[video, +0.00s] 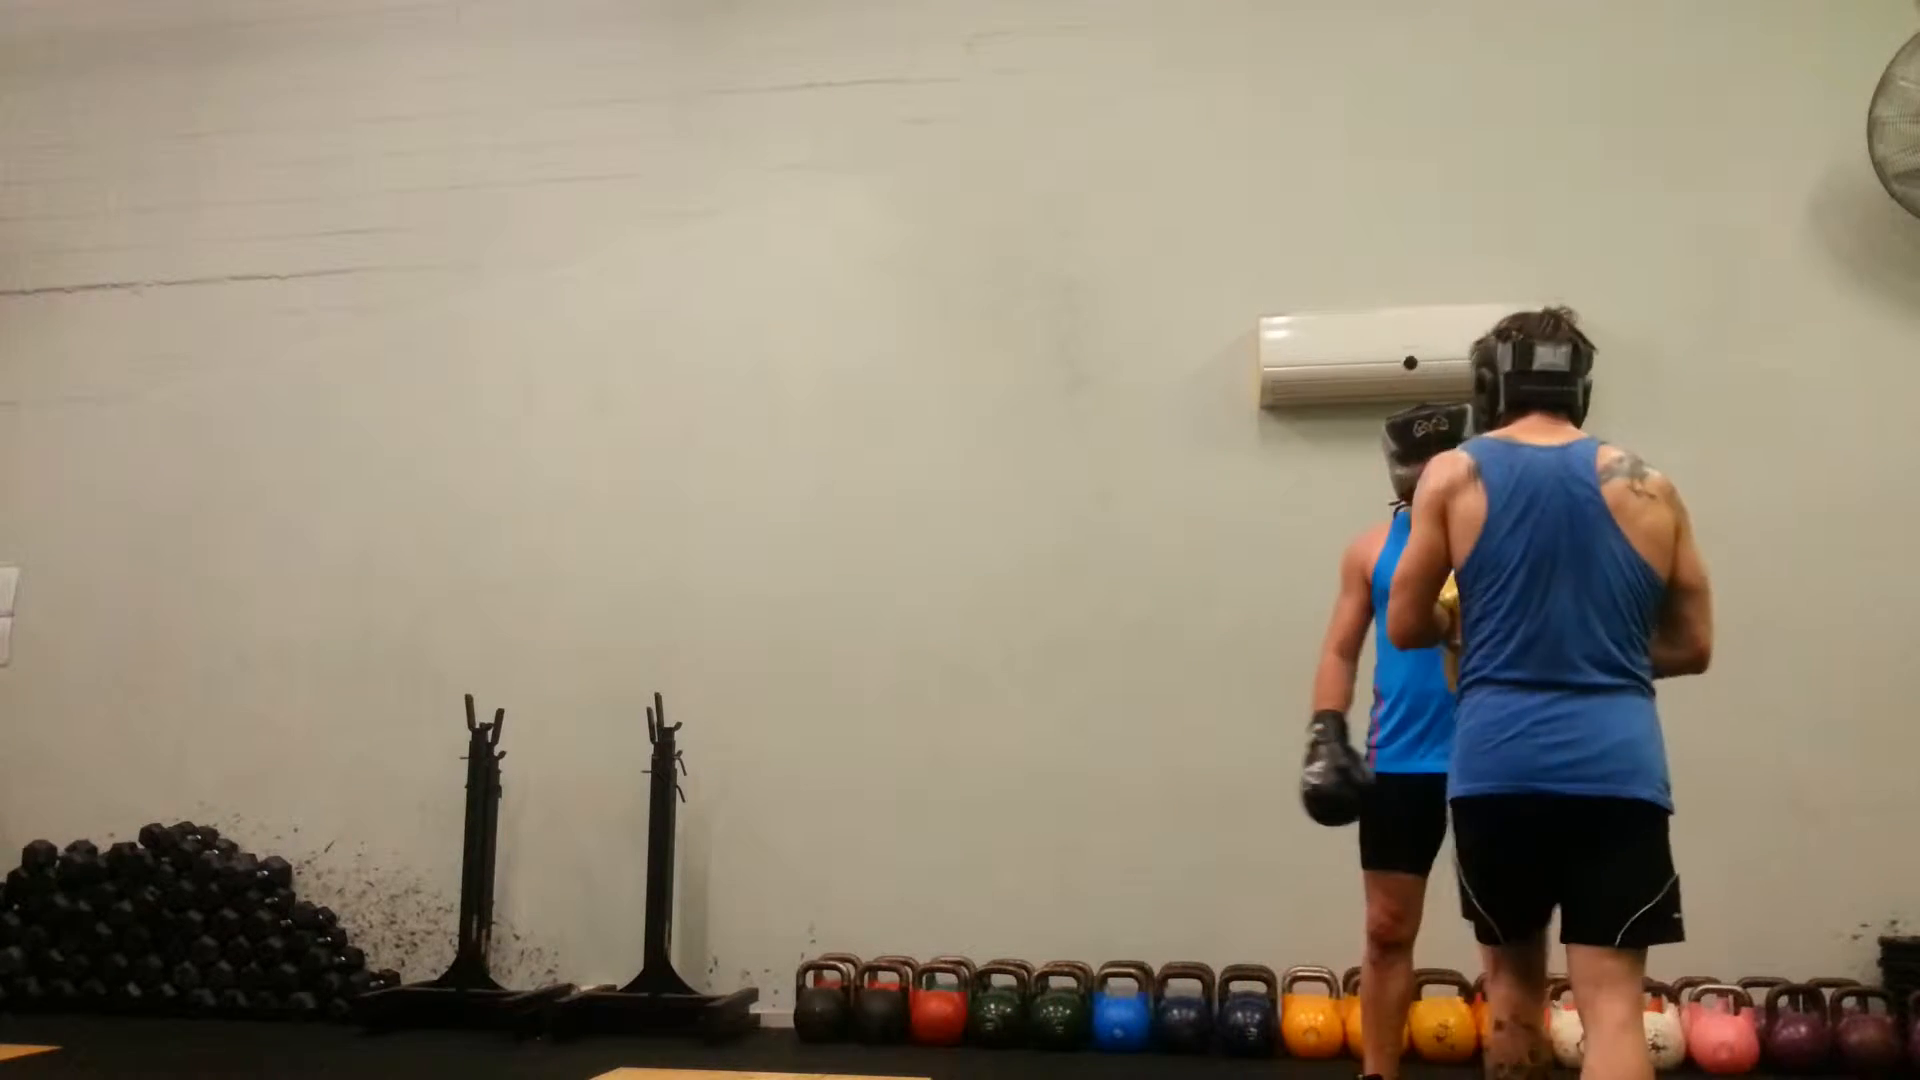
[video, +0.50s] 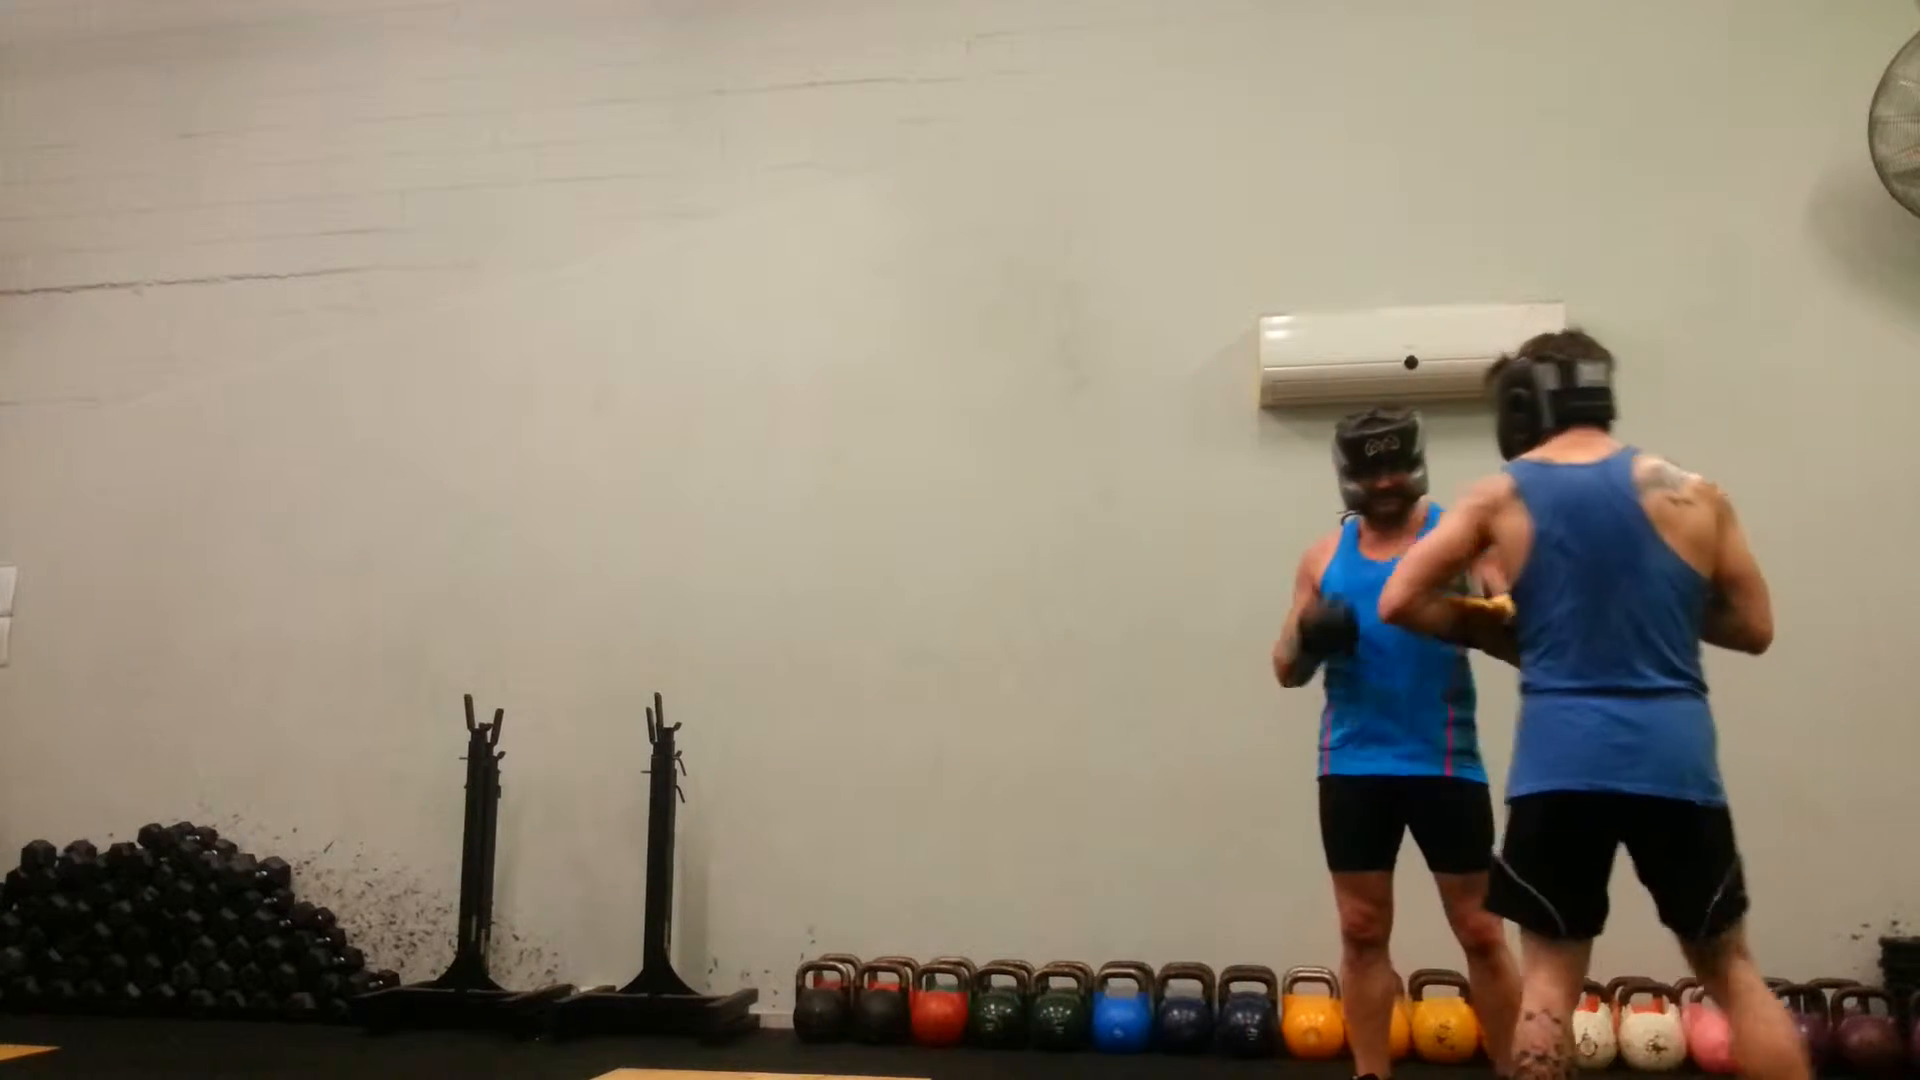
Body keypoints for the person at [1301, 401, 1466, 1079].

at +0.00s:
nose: (1428, 474)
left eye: (1440, 460)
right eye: (1416, 462)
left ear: (1463, 467)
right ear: (1396, 471)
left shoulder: (1499, 540)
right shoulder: (1373, 548)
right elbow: (1342, 648)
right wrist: (1327, 733)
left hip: (1492, 762)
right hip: (1403, 762)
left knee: (1506, 938)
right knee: (1387, 931)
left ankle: (1512, 1073)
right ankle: (1379, 1070)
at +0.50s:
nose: (1385, 487)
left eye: (1397, 473)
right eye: (1370, 476)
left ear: (1418, 470)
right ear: (1347, 480)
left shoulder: (1457, 537)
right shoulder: (1324, 554)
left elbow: (1522, 632)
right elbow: (1286, 667)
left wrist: (1461, 615)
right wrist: (1310, 635)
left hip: (1446, 764)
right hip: (1354, 766)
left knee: (1481, 932)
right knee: (1362, 930)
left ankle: (1511, 1071)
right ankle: (1371, 1072)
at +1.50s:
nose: (1412, 470)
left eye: (1416, 457)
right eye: (1401, 455)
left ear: (1413, 465)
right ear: (1358, 452)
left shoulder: (1420, 531)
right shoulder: (1283, 528)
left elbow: (1501, 604)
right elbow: (1231, 635)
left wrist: (1515, 522)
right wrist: (1310, 587)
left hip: (1402, 760)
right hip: (1312, 760)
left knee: (1408, 931)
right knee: (1303, 928)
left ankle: (1410, 1077)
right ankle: (1263, 1067)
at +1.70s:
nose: (1380, 477)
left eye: (1385, 463)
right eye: (1369, 461)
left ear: (1374, 466)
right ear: (1324, 454)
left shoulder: (1379, 534)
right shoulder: (1249, 526)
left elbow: (1431, 635)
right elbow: (1204, 634)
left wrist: (1468, 571)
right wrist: (1292, 583)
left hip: (1367, 763)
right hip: (1277, 765)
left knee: (1385, 935)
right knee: (1255, 936)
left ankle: (1400, 1075)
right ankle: (1207, 1075)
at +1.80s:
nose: (1362, 480)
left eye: (1365, 466)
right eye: (1354, 464)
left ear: (1327, 464)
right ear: (1312, 457)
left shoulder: (1343, 537)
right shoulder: (1226, 523)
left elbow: (1358, 647)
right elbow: (1185, 633)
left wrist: (1414, 610)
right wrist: (1278, 586)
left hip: (1335, 760)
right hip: (1251, 762)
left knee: (1369, 940)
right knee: (1233, 937)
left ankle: (1395, 1076)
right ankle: (1199, 1076)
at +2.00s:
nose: (1312, 491)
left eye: (1318, 477)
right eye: (1305, 475)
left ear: (1280, 461)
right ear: (1268, 456)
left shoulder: (1278, 526)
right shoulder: (1187, 515)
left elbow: (1282, 636)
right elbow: (1144, 621)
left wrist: (1354, 602)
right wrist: (1252, 581)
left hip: (1284, 753)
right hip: (1209, 757)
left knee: (1332, 922)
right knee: (1201, 935)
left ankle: (1325, 1072)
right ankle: (1188, 1076)